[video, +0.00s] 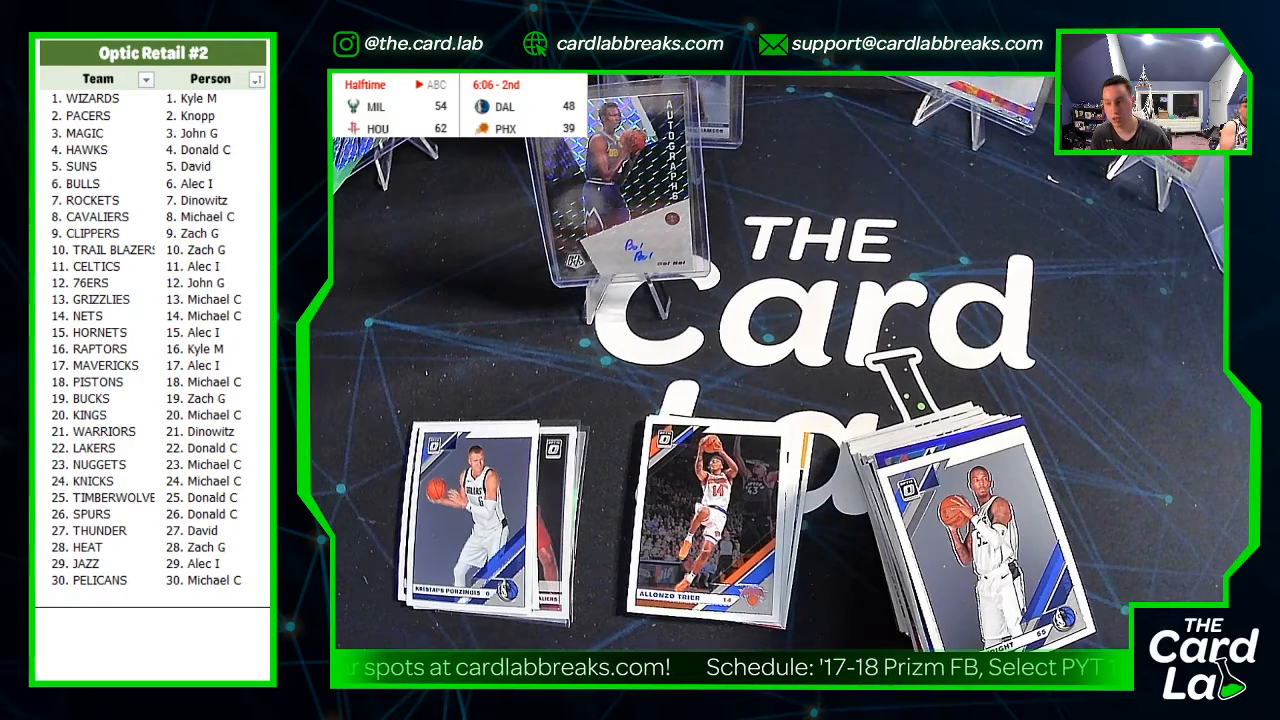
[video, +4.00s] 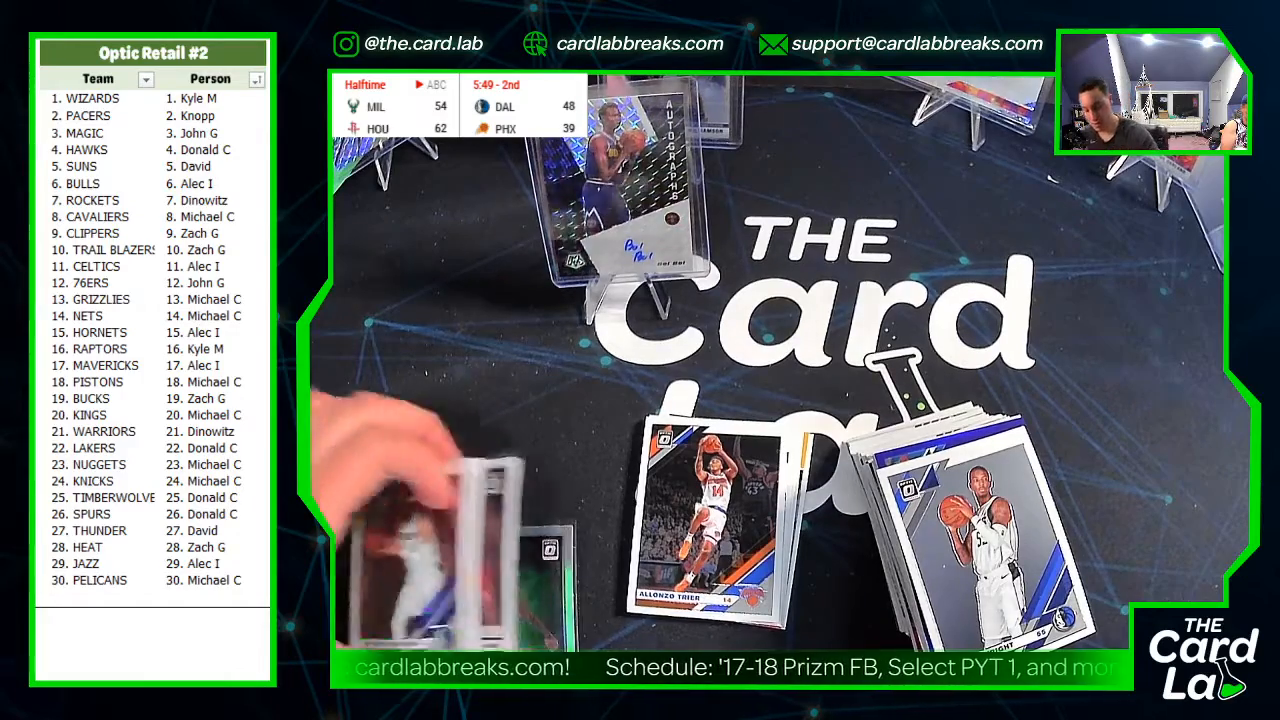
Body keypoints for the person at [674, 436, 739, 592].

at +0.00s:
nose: (714, 463)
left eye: (717, 461)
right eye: (713, 461)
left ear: (721, 465)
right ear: (710, 465)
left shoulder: (727, 476)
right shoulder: (706, 477)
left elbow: (734, 468)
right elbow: (698, 470)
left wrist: (722, 452)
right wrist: (700, 451)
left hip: (721, 513)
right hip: (706, 507)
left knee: (707, 550)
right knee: (704, 511)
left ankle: (688, 578)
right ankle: (688, 539)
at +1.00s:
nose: (714, 463)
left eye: (717, 461)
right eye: (713, 461)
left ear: (721, 465)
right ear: (710, 465)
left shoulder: (727, 476)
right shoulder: (706, 477)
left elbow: (734, 468)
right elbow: (698, 470)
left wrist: (722, 452)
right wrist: (700, 451)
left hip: (721, 513)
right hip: (706, 507)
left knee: (707, 550)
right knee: (704, 512)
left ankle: (688, 578)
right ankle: (688, 540)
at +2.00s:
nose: (714, 463)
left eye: (717, 461)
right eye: (713, 461)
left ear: (721, 465)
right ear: (710, 465)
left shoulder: (727, 476)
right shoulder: (706, 476)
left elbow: (734, 468)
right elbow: (698, 470)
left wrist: (722, 452)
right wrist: (700, 451)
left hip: (721, 512)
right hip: (706, 507)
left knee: (707, 550)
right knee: (704, 512)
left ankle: (688, 578)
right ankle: (688, 540)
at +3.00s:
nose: (714, 464)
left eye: (717, 462)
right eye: (712, 462)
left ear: (721, 465)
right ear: (709, 465)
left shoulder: (727, 476)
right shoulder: (706, 477)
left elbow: (734, 469)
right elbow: (699, 471)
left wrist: (722, 452)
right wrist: (700, 451)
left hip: (720, 513)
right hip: (706, 507)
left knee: (707, 550)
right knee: (704, 511)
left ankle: (688, 578)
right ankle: (688, 540)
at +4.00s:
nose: (715, 463)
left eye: (717, 462)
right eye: (713, 461)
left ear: (721, 465)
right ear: (709, 465)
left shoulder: (727, 476)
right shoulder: (706, 477)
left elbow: (734, 469)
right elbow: (698, 470)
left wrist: (721, 452)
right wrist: (700, 450)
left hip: (720, 513)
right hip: (706, 507)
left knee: (707, 549)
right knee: (704, 511)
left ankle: (688, 578)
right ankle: (688, 540)